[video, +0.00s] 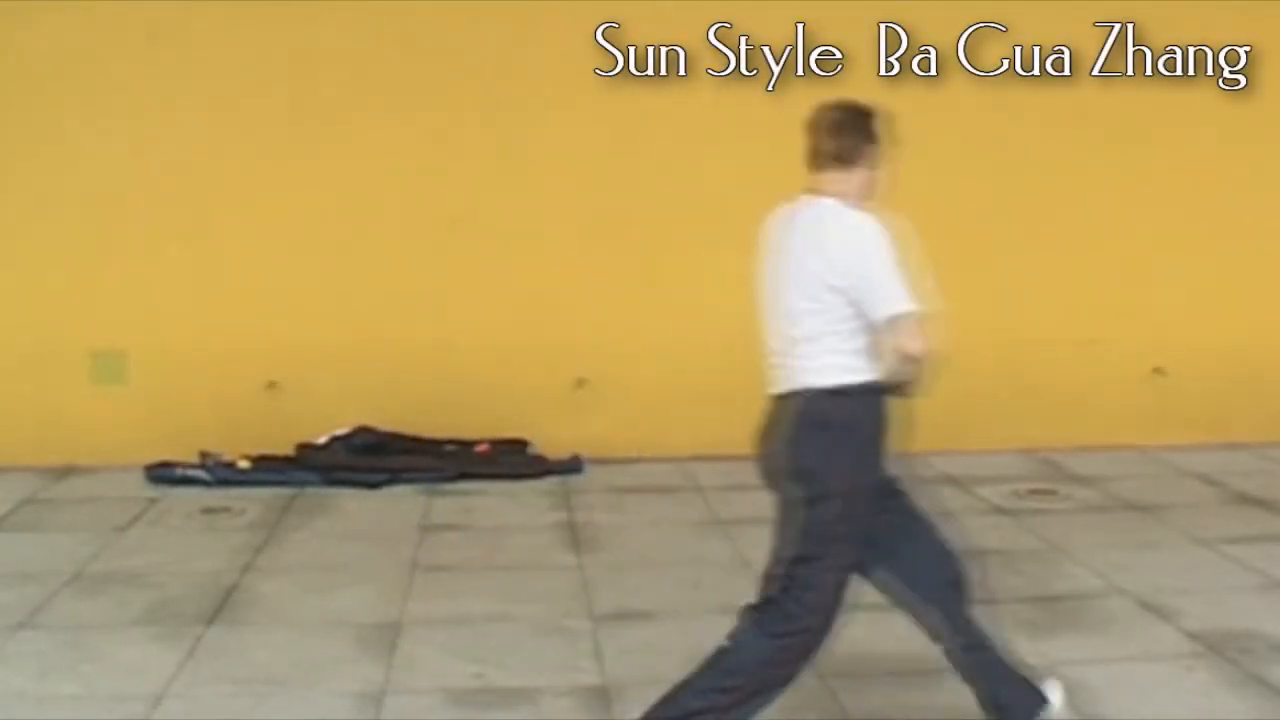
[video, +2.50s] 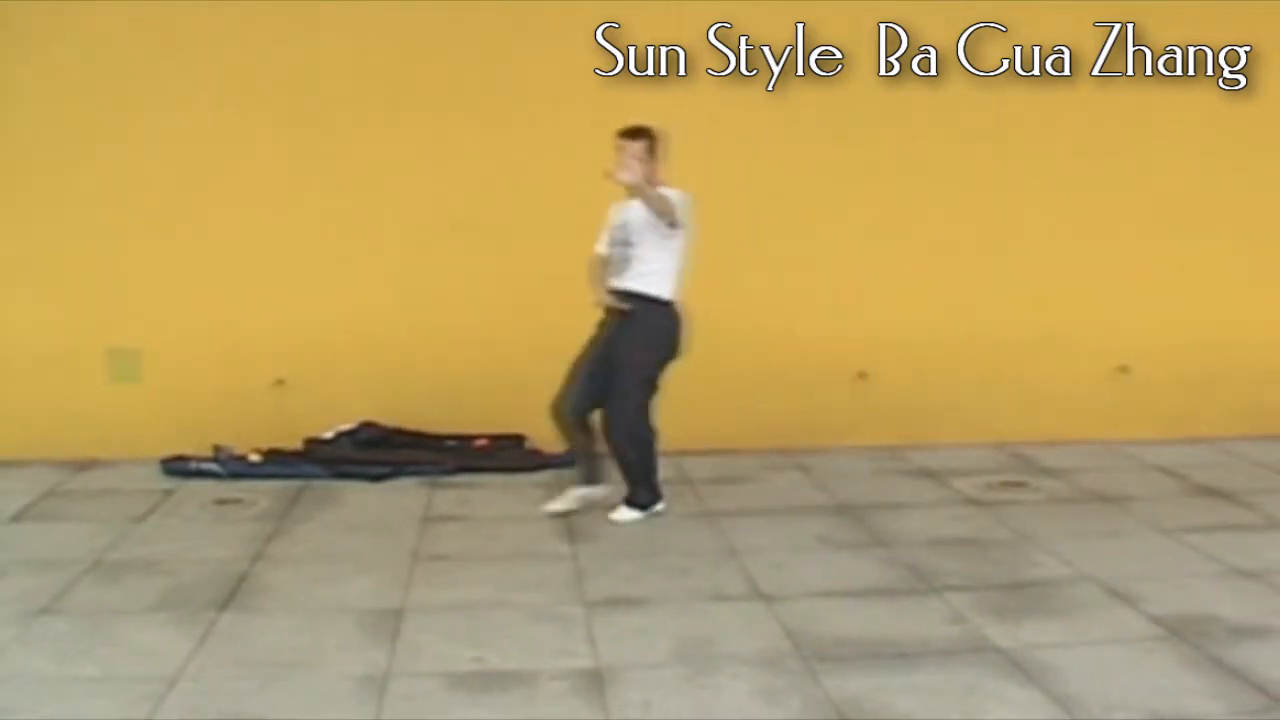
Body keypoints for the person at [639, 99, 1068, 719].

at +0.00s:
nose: (880, 176)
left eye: (878, 164)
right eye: (878, 164)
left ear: (817, 159)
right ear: (866, 162)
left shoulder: (781, 224)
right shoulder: (856, 228)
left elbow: (802, 331)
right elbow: (906, 346)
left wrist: (877, 358)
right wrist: (898, 379)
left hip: (794, 426)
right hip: (838, 429)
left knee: (926, 575)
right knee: (792, 620)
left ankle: (1023, 704)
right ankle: (672, 715)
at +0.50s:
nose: (1047, 165)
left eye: (1043, 155)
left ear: (1042, 157)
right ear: (1098, 158)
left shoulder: (1015, 219)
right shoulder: (1129, 222)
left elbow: (952, 225)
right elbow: (1163, 316)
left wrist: (923, 195)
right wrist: (1111, 347)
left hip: (1035, 405)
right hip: (1112, 402)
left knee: (1056, 561)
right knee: (1166, 523)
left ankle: (1043, 703)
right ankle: (1220, 627)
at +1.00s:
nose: (1074, 164)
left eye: (1079, 153)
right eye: (1075, 153)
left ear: (1103, 154)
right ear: (1127, 157)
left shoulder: (1086, 210)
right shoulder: (1175, 211)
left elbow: (994, 216)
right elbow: (1177, 295)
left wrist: (922, 196)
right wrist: (1091, 324)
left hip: (1108, 367)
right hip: (1174, 359)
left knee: (1112, 468)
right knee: (1183, 486)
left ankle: (1125, 559)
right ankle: (1206, 619)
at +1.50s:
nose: (955, 173)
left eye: (961, 163)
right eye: (955, 163)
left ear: (989, 164)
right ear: (997, 166)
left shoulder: (994, 208)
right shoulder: (1028, 207)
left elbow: (916, 217)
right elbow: (1012, 278)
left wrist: (839, 203)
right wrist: (958, 308)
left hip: (1002, 342)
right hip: (1027, 337)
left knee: (1004, 438)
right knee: (972, 415)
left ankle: (1075, 538)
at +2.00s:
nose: (799, 174)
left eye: (806, 164)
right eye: (796, 165)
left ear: (832, 163)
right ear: (826, 167)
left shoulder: (843, 205)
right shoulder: (836, 207)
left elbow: (790, 210)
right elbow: (817, 260)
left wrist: (735, 191)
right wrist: (790, 293)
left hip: (833, 320)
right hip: (836, 318)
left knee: (769, 405)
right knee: (821, 412)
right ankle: (865, 494)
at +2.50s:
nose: (629, 165)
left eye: (637, 158)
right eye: (625, 157)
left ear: (653, 162)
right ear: (616, 161)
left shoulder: (674, 202)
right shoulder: (621, 211)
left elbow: (669, 216)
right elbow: (600, 257)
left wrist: (640, 188)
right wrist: (602, 293)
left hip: (654, 313)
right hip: (619, 311)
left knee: (625, 410)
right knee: (570, 405)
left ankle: (644, 496)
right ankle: (591, 481)